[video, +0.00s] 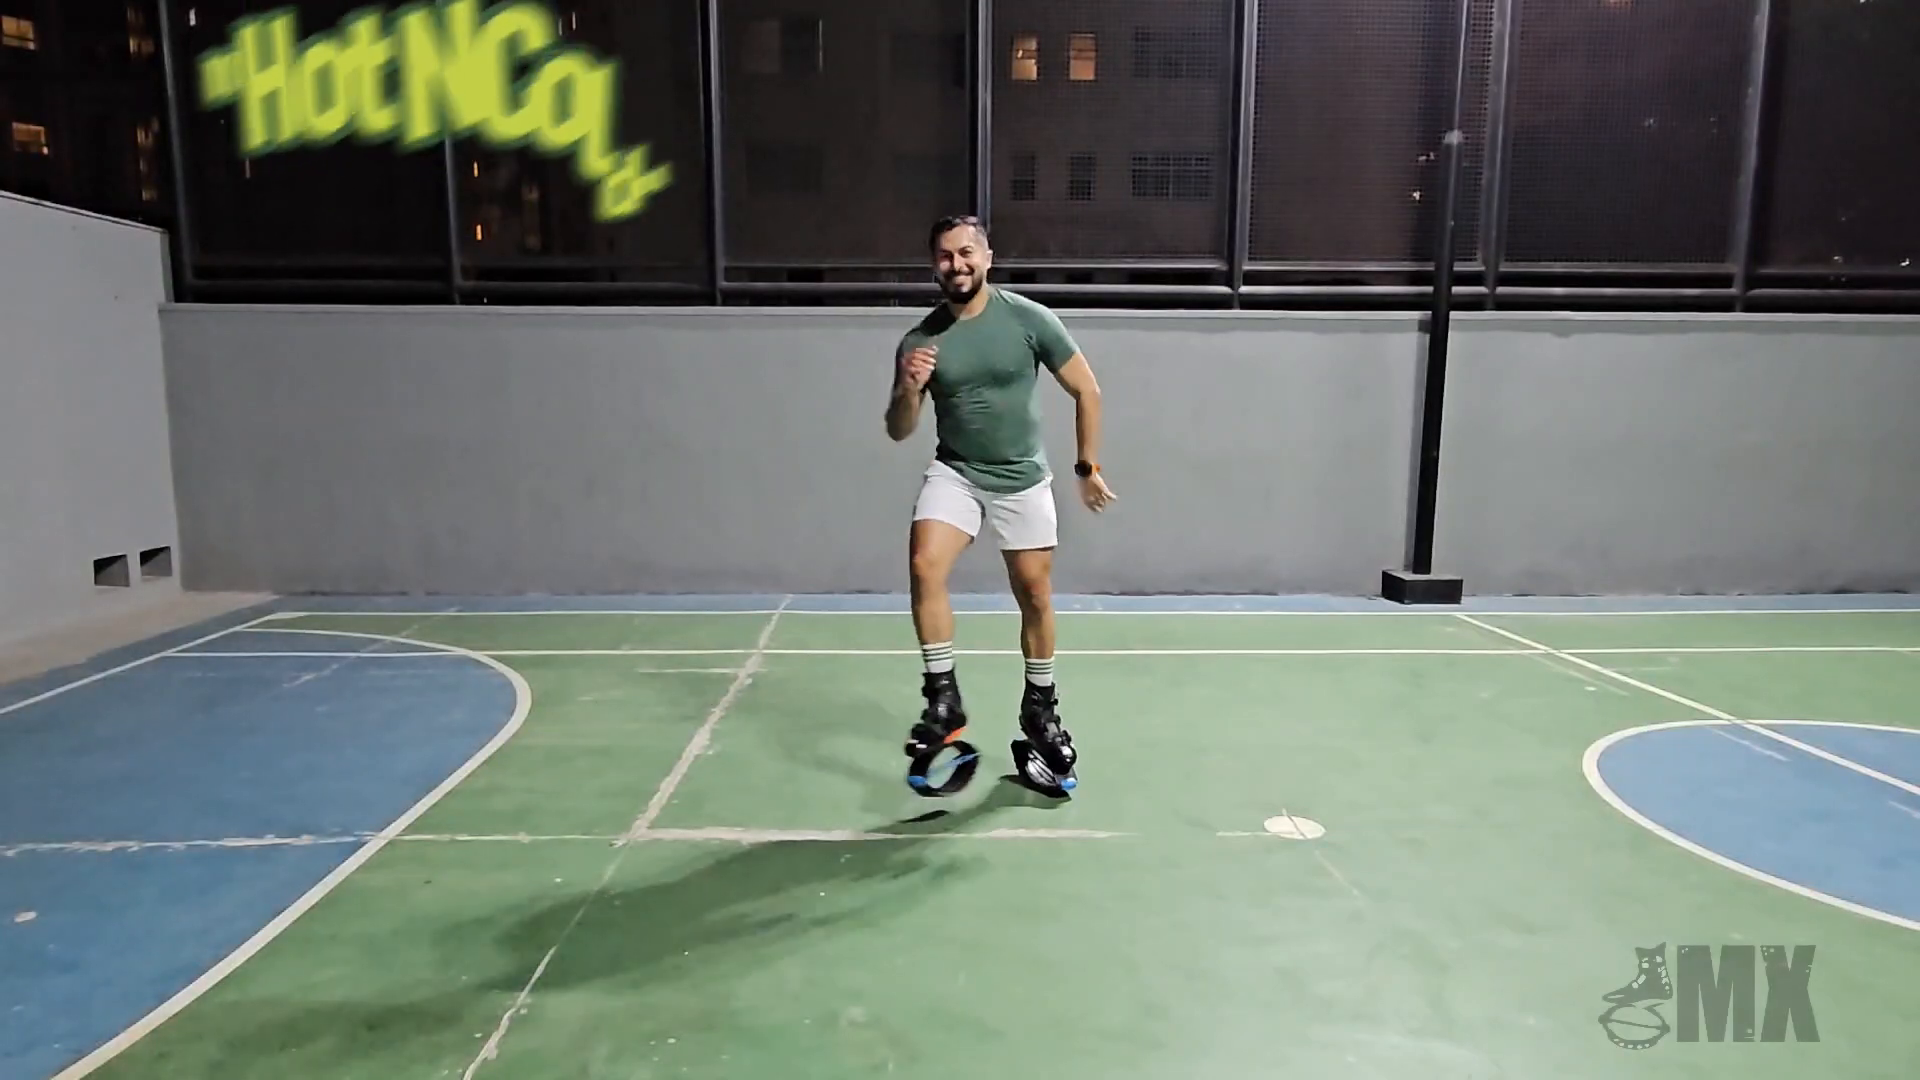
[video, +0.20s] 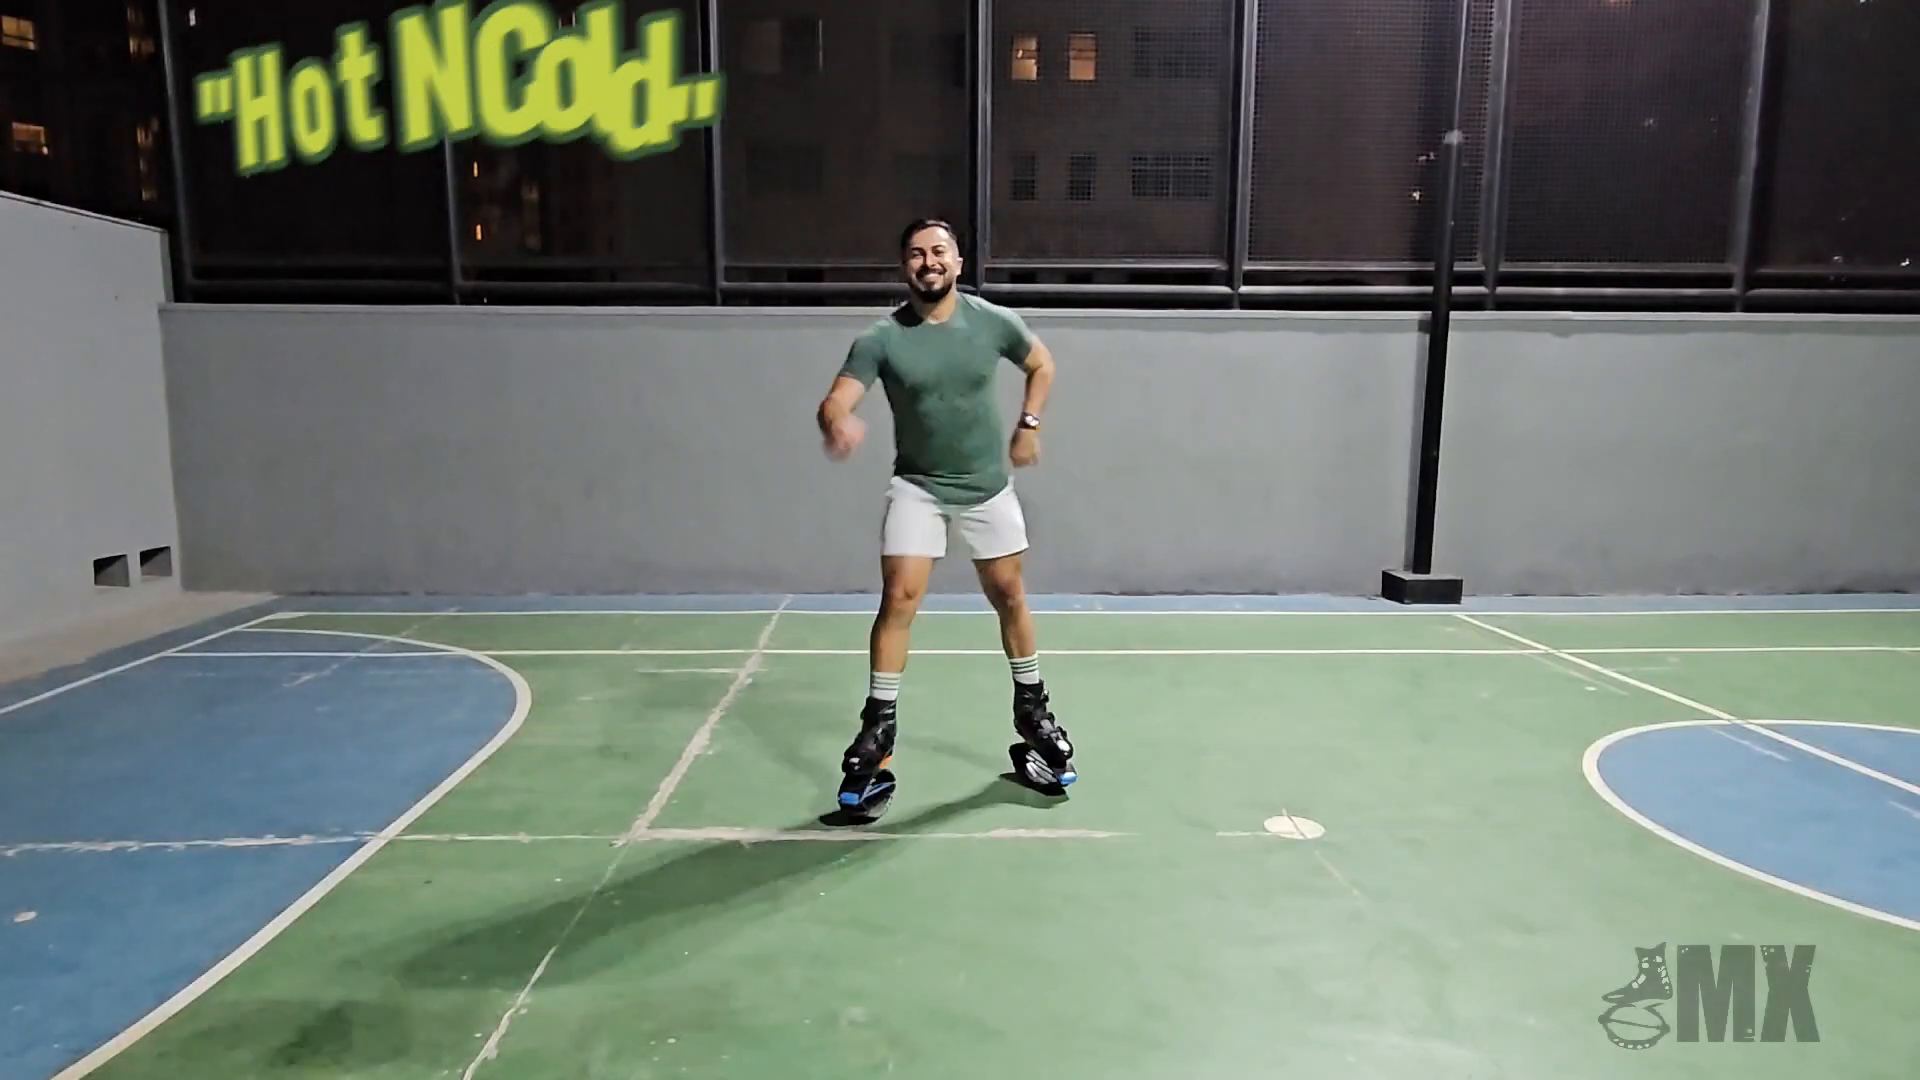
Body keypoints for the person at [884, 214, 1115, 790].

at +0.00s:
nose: (956, 264)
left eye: (967, 252)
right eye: (945, 255)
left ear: (989, 258)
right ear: (935, 264)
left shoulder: (1030, 319)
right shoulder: (921, 340)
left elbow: (1087, 388)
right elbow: (898, 430)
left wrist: (1087, 467)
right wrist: (910, 388)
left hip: (1024, 479)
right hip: (955, 474)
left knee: (1035, 592)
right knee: (925, 566)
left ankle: (1040, 711)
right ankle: (942, 700)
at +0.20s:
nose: (928, 261)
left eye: (938, 251)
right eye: (917, 254)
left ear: (959, 262)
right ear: (903, 268)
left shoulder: (993, 322)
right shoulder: (881, 339)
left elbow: (1041, 363)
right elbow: (836, 402)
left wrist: (1028, 424)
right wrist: (837, 423)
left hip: (988, 489)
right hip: (917, 490)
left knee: (1008, 590)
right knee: (899, 598)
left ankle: (1033, 710)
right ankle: (878, 728)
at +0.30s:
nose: (912, 258)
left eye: (921, 248)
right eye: (900, 250)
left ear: (940, 259)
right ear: (884, 265)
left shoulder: (968, 327)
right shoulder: (859, 332)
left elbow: (1012, 387)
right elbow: (817, 414)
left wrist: (996, 409)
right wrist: (798, 491)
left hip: (957, 489)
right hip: (889, 490)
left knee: (992, 598)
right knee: (884, 602)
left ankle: (1011, 702)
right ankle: (877, 732)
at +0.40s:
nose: (893, 257)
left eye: (903, 246)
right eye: (881, 249)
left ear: (920, 258)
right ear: (867, 264)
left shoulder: (947, 332)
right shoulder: (839, 330)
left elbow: (975, 420)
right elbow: (799, 421)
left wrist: (958, 379)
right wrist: (777, 501)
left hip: (935, 482)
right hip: (867, 487)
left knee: (972, 592)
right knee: (871, 603)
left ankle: (961, 681)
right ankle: (874, 729)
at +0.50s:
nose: (875, 259)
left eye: (885, 249)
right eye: (863, 252)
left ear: (903, 259)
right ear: (849, 266)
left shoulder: (931, 331)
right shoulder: (817, 330)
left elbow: (944, 414)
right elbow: (782, 415)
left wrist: (917, 362)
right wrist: (774, 495)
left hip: (915, 482)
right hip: (849, 484)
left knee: (940, 594)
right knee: (860, 602)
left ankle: (895, 665)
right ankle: (869, 729)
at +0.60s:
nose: (855, 265)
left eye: (866, 255)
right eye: (844, 257)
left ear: (885, 264)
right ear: (831, 269)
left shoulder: (915, 333)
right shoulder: (799, 336)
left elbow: (927, 409)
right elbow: (771, 415)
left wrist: (878, 387)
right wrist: (768, 492)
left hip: (893, 488)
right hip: (829, 489)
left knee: (897, 608)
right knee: (846, 600)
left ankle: (827, 696)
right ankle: (866, 737)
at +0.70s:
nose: (836, 273)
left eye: (847, 263)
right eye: (825, 265)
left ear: (868, 272)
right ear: (814, 275)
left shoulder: (894, 341)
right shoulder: (785, 344)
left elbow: (907, 421)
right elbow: (765, 423)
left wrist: (856, 457)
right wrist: (758, 490)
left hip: (868, 490)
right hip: (804, 487)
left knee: (857, 604)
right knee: (818, 595)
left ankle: (811, 693)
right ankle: (854, 733)